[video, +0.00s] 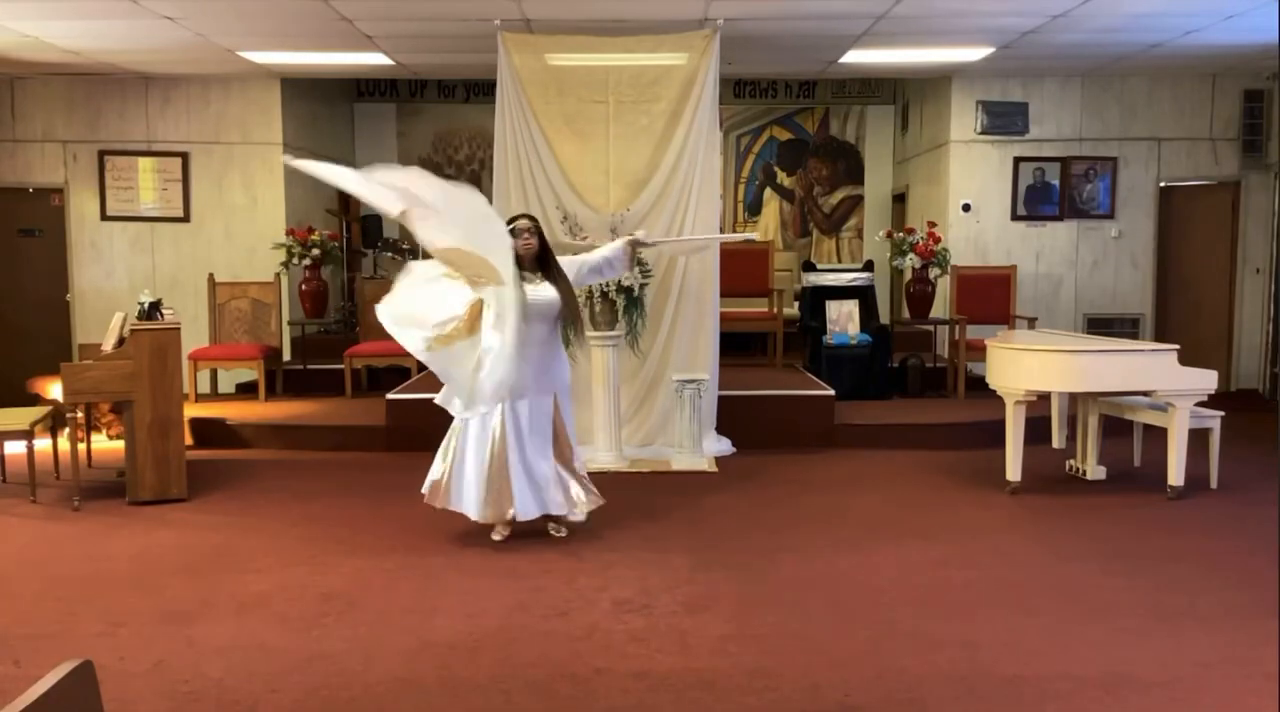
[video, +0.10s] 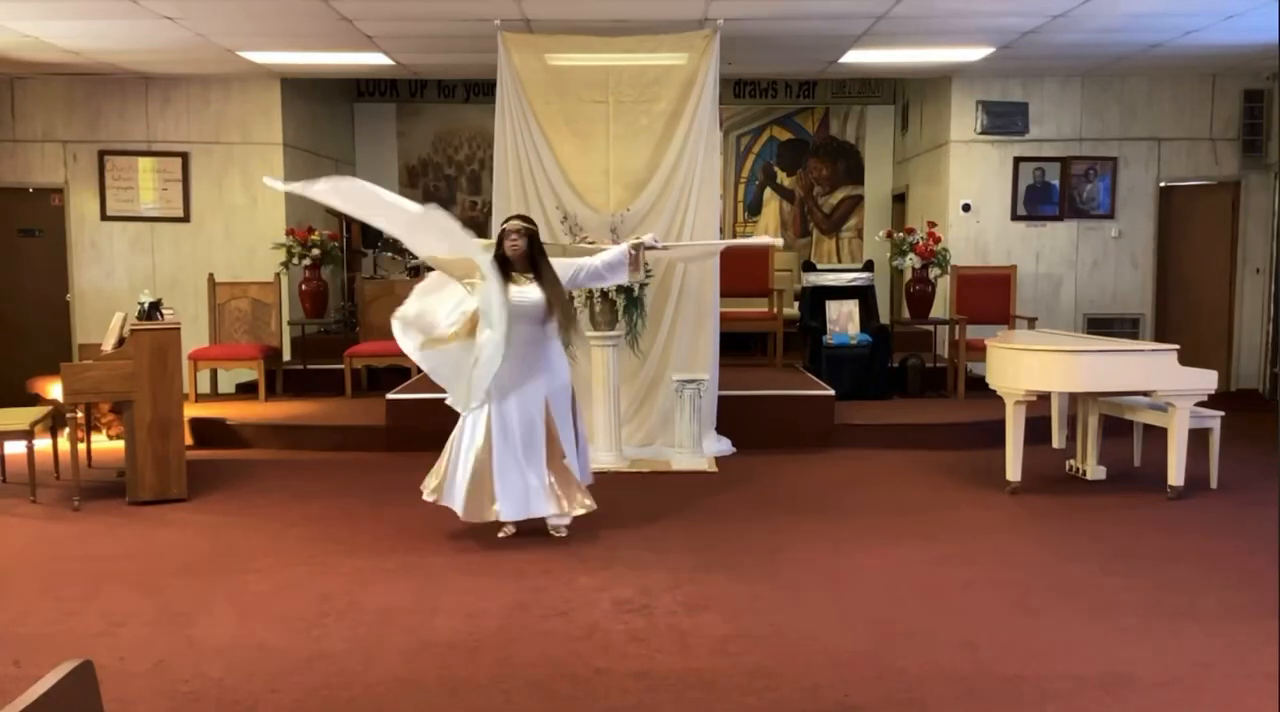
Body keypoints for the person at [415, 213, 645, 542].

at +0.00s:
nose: (525, 239)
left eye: (531, 234)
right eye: (518, 235)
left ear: (541, 240)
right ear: (508, 242)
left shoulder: (556, 273)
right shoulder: (495, 277)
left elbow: (593, 261)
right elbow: (466, 323)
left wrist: (625, 245)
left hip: (545, 372)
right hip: (505, 373)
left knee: (552, 442)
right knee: (502, 443)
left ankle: (556, 512)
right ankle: (502, 516)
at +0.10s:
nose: (514, 240)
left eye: (521, 234)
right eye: (508, 235)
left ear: (532, 241)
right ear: (499, 243)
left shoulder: (550, 276)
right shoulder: (490, 280)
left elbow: (594, 267)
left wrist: (635, 246)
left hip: (543, 368)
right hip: (502, 372)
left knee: (551, 440)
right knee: (505, 442)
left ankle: (557, 512)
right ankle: (507, 515)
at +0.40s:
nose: (470, 239)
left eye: (477, 234)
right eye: (472, 234)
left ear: (491, 243)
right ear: (482, 244)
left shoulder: (514, 271)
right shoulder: (474, 279)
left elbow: (553, 268)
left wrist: (595, 255)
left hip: (519, 364)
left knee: (503, 441)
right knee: (489, 441)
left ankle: (510, 518)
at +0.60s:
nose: (476, 259)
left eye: (473, 251)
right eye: (483, 252)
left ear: (465, 251)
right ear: (503, 250)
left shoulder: (458, 282)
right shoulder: (517, 275)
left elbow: (439, 329)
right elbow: (545, 299)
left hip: (485, 366)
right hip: (522, 360)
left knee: (487, 444)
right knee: (525, 434)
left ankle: (500, 526)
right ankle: (525, 508)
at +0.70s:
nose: (463, 250)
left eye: (463, 244)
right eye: (476, 248)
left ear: (464, 251)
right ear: (501, 251)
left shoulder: (450, 281)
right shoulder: (518, 277)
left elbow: (429, 320)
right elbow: (548, 312)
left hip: (486, 371)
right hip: (528, 365)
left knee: (485, 446)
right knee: (519, 437)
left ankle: (499, 527)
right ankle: (510, 512)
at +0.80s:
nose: (461, 247)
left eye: (463, 243)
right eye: (469, 244)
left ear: (468, 247)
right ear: (503, 247)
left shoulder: (459, 281)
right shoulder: (519, 278)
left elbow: (410, 292)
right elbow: (562, 311)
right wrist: (618, 316)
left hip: (481, 368)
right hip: (523, 365)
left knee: (479, 442)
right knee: (519, 434)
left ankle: (493, 524)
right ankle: (514, 505)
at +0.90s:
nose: (477, 252)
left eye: (474, 246)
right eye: (487, 246)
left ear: (471, 250)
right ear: (509, 248)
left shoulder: (460, 282)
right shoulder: (529, 279)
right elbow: (568, 264)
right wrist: (602, 246)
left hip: (472, 370)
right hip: (518, 367)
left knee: (472, 435)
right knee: (506, 433)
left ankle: (478, 512)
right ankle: (509, 512)